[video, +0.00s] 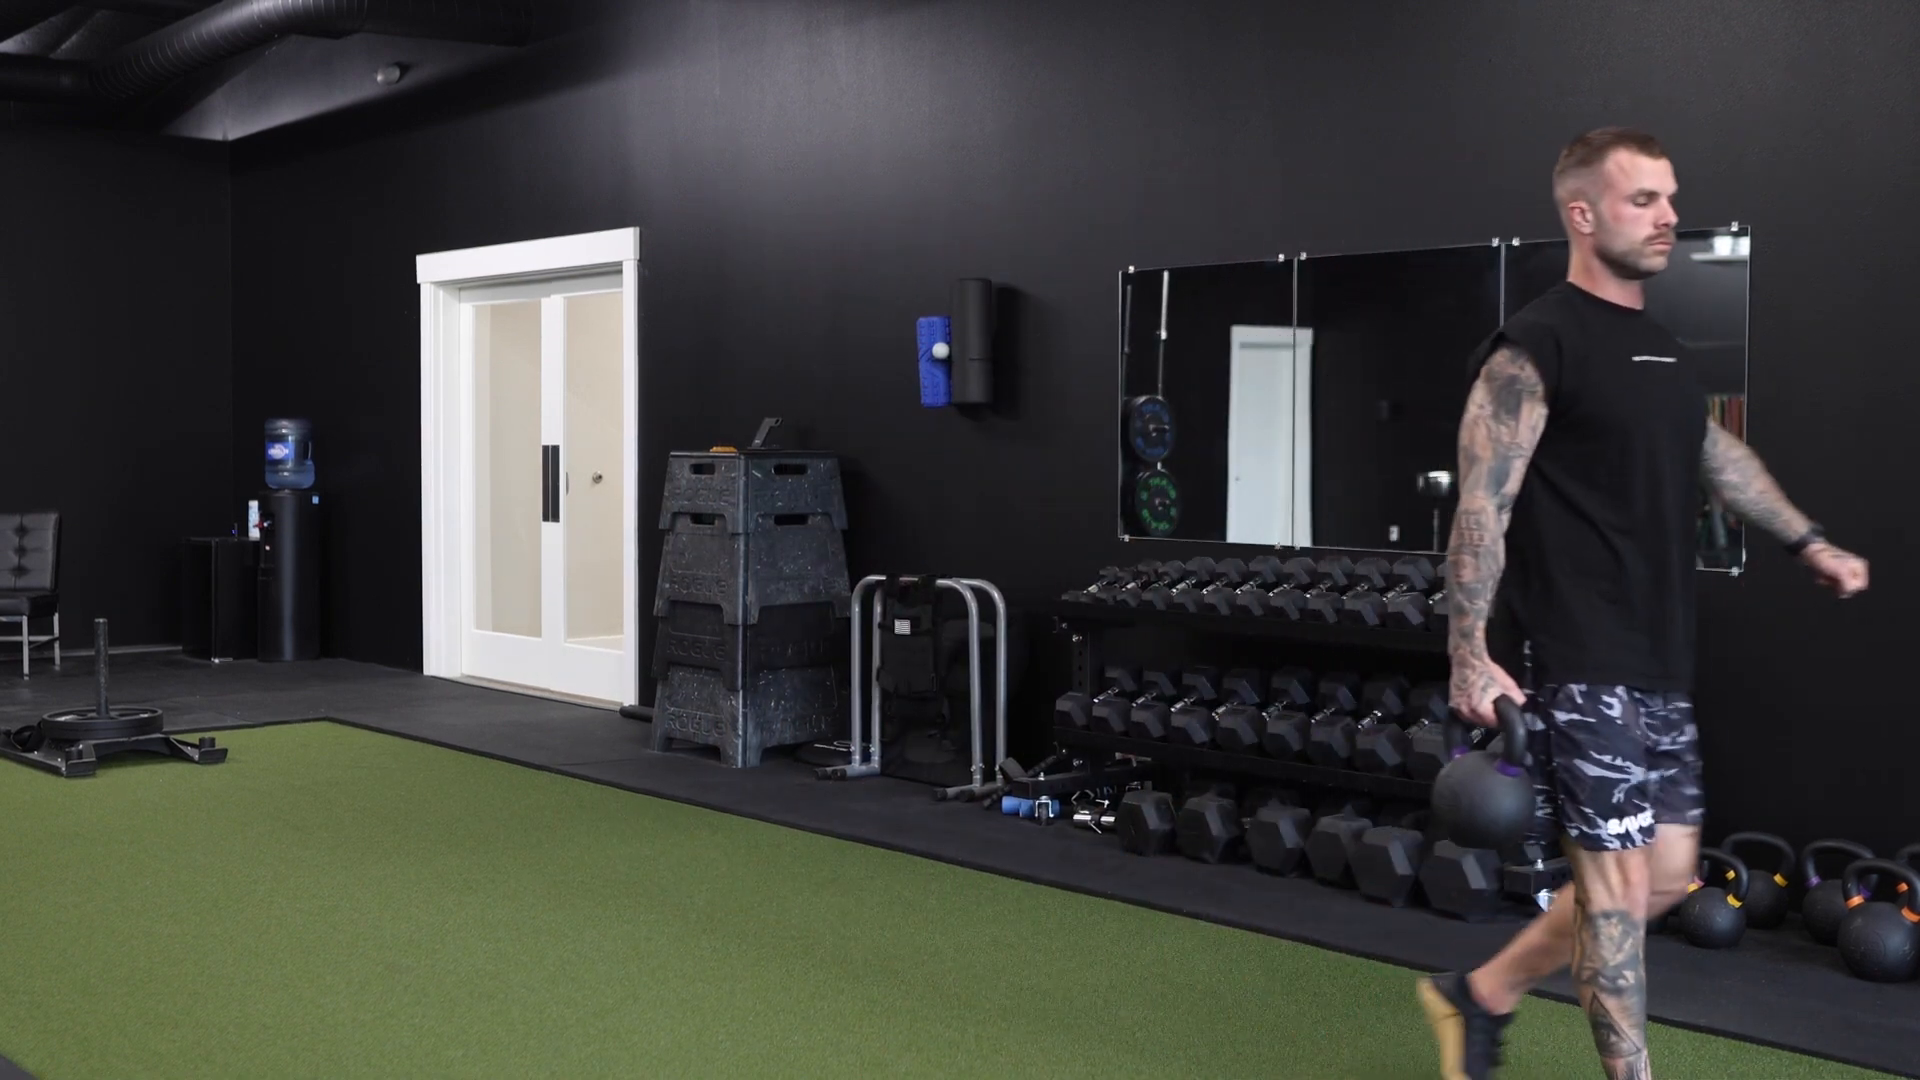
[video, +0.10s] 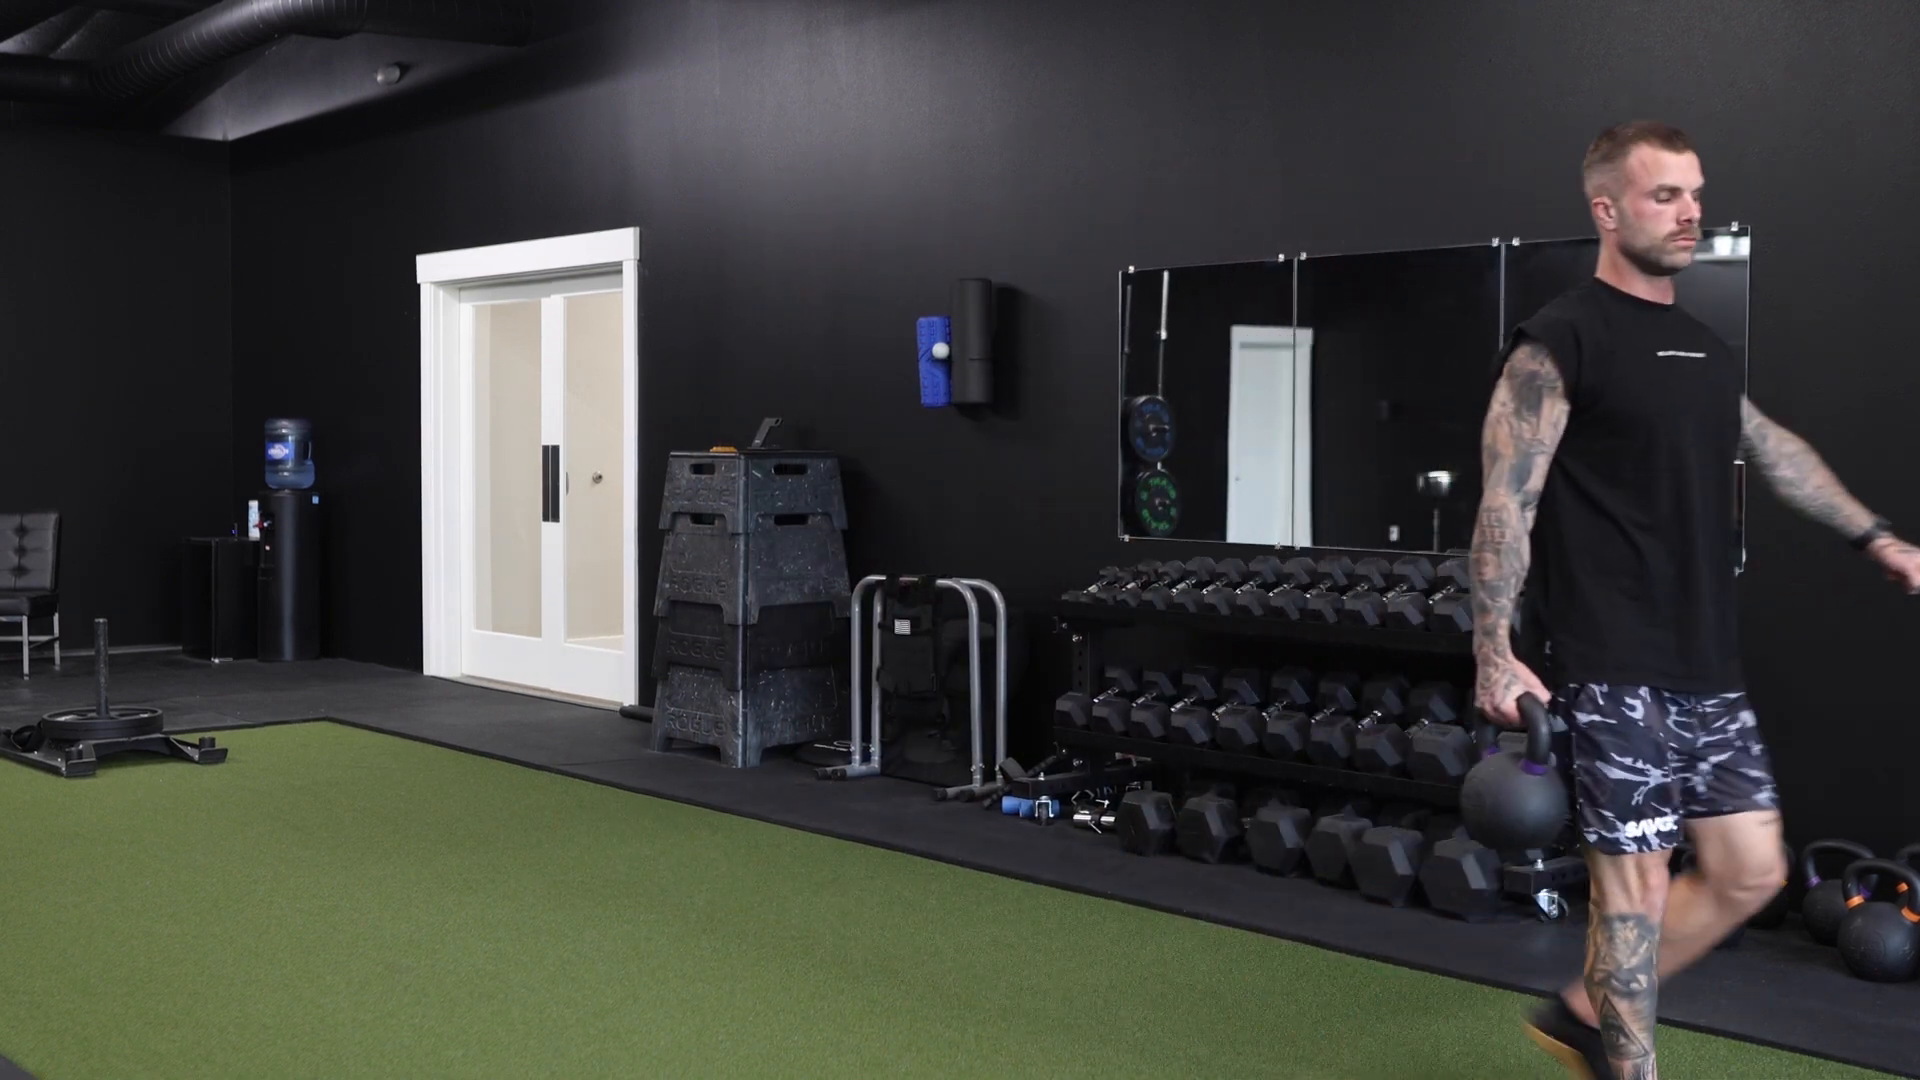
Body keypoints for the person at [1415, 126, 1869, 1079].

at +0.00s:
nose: (1667, 217)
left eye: (1670, 200)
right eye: (1643, 200)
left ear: (1667, 212)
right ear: (1579, 213)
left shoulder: (1653, 344)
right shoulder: (1533, 346)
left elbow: (1718, 454)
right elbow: (1481, 504)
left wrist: (1809, 541)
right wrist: (1467, 647)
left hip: (1659, 654)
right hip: (1577, 657)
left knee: (1670, 866)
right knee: (1613, 879)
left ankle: (1480, 991)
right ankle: (1630, 1072)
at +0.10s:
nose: (1688, 214)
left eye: (1695, 196)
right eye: (1664, 195)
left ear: (1699, 208)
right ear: (1605, 207)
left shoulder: (1702, 348)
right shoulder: (1561, 340)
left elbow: (1771, 447)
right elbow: (1505, 498)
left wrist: (1874, 535)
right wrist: (1493, 645)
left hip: (1704, 655)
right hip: (1605, 657)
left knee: (1748, 872)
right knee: (1632, 893)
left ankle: (1584, 1007)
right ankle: (1636, 1071)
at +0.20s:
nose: (1706, 207)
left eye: (1716, 191)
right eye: (1681, 190)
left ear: (1724, 204)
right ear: (1625, 203)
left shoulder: (1735, 339)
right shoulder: (1581, 337)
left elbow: (1831, 446)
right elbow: (1527, 498)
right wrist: (1513, 645)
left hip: (1742, 658)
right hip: (1631, 664)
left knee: (1799, 876)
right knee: (1647, 897)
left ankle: (1729, 1072)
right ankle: (1640, 1074)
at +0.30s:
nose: (1724, 203)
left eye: (1735, 185)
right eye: (1696, 187)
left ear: (1750, 195)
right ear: (1647, 204)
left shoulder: (1782, 343)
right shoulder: (1600, 338)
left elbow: (1890, 441)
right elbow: (1549, 500)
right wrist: (1533, 650)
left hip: (1772, 664)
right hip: (1651, 670)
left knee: (1825, 891)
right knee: (1663, 900)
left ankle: (1841, 1076)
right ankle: (1644, 1073)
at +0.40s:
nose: (1739, 202)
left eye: (1755, 182)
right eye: (1713, 186)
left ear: (1775, 190)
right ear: (1670, 201)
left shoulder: (1822, 341)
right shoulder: (1622, 340)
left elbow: (1914, 424)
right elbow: (1572, 503)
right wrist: (1548, 653)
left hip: (1799, 669)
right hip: (1667, 674)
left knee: (1838, 901)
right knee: (1678, 910)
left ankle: (1873, 1079)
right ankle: (1646, 1073)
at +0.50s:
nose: (1753, 201)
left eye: (1771, 180)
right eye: (1729, 185)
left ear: (1802, 186)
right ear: (1696, 201)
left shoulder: (1863, 338)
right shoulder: (1647, 338)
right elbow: (1595, 502)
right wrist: (1566, 652)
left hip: (1826, 668)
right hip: (1686, 671)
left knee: (1832, 904)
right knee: (1698, 911)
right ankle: (1646, 1074)